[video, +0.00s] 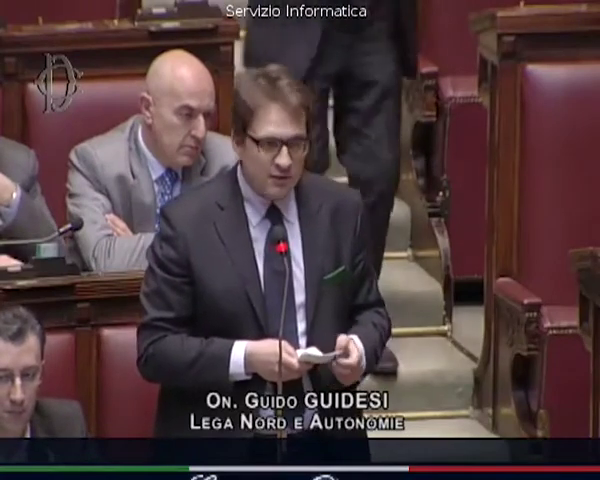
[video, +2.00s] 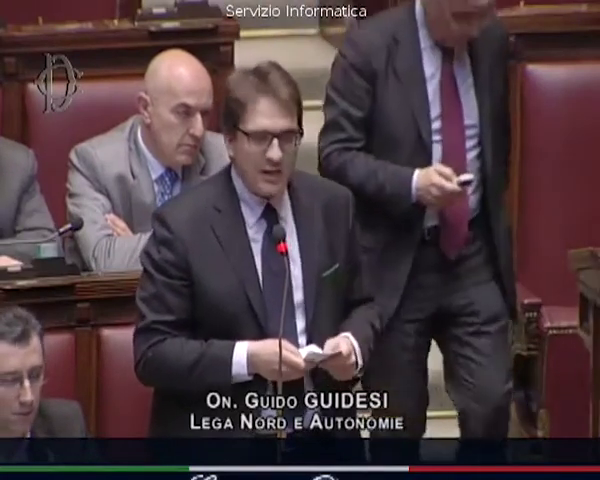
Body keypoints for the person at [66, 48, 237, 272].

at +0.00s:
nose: (200, 132)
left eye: (207, 115)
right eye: (186, 114)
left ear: (213, 110)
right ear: (147, 108)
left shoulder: (226, 157)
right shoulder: (92, 161)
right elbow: (105, 259)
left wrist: (138, 250)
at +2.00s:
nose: (198, 130)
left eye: (205, 114)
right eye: (183, 113)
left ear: (210, 109)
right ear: (145, 108)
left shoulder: (219, 153)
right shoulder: (92, 161)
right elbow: (105, 260)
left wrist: (137, 248)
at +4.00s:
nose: (184, 125)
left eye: (194, 109)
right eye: (169, 106)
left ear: (203, 108)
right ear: (140, 104)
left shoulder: (227, 155)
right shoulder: (91, 161)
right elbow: (105, 259)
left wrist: (138, 250)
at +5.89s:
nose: (187, 125)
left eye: (197, 110)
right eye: (172, 107)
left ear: (205, 109)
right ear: (140, 104)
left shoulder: (230, 157)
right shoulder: (91, 161)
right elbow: (105, 259)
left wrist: (138, 250)